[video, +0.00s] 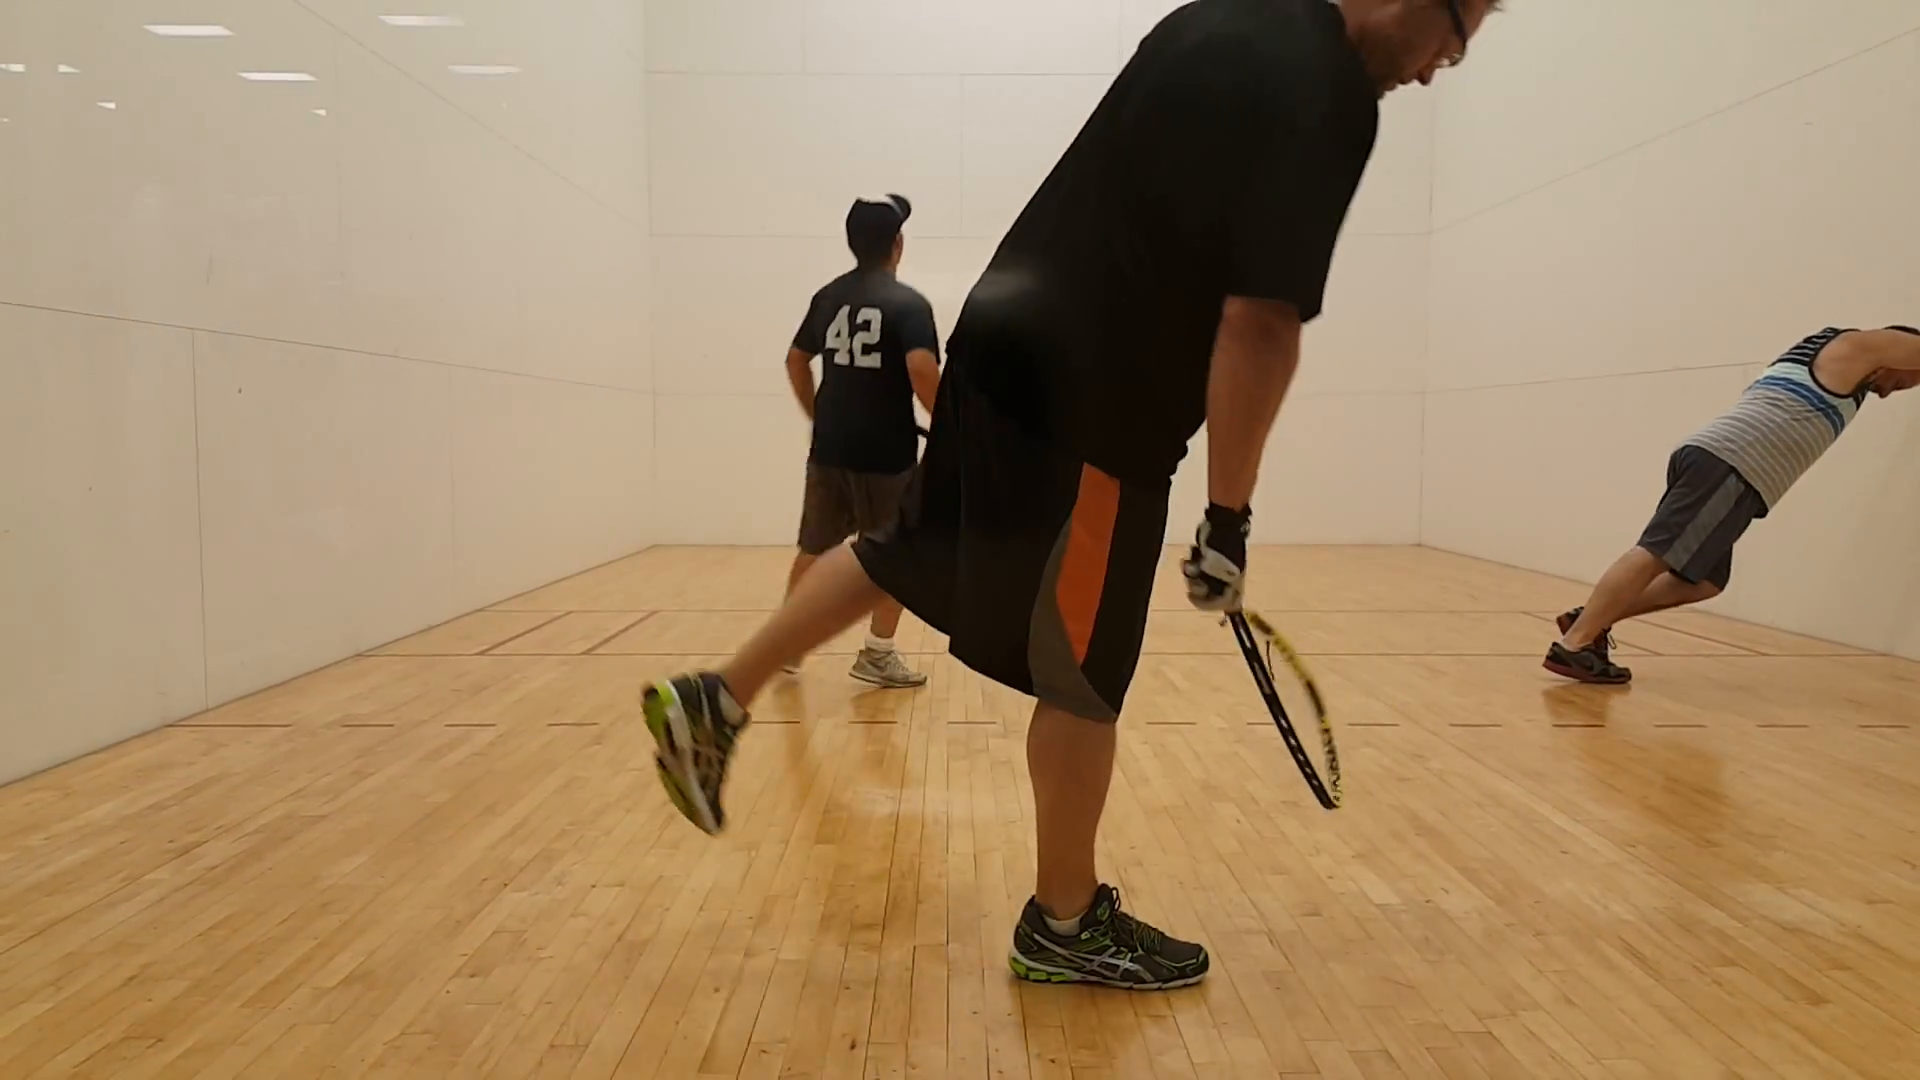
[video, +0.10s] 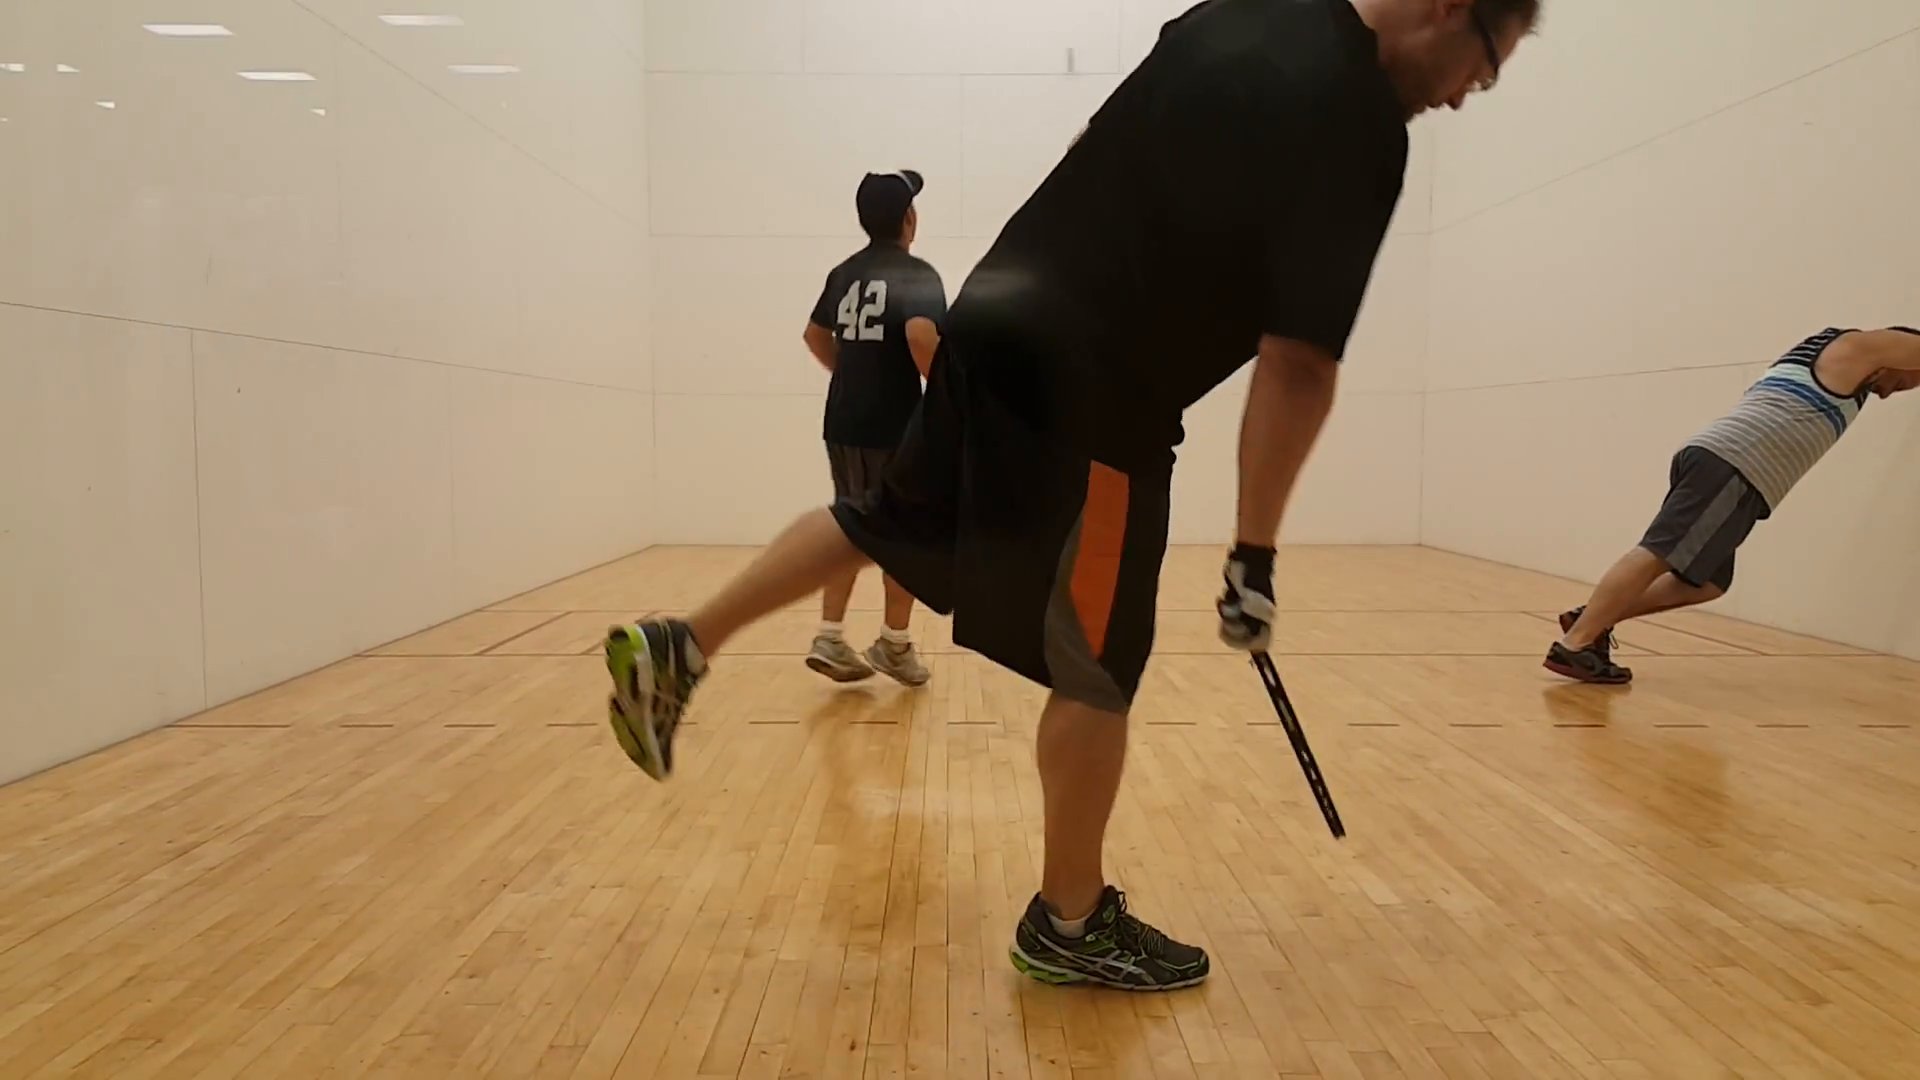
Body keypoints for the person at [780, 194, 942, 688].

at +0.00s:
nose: (905, 241)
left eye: (903, 234)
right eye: (903, 235)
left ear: (853, 244)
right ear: (895, 243)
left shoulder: (829, 296)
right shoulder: (909, 304)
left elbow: (797, 360)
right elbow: (922, 372)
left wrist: (816, 414)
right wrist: (948, 420)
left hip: (830, 445)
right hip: (887, 452)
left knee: (814, 548)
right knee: (894, 551)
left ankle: (788, 644)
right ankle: (878, 652)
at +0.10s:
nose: (918, 212)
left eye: (915, 205)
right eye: (915, 206)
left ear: (867, 220)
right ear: (906, 217)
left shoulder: (846, 272)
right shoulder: (918, 275)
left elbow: (817, 336)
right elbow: (920, 335)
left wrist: (850, 374)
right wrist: (946, 390)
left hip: (843, 421)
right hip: (896, 424)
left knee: (848, 525)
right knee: (905, 528)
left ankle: (830, 635)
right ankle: (896, 640)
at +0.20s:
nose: (930, 215)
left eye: (926, 206)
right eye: (926, 208)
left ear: (882, 221)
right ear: (919, 219)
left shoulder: (865, 272)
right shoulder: (927, 278)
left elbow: (837, 336)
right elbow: (920, 341)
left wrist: (881, 364)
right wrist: (961, 376)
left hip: (863, 433)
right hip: (914, 436)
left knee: (875, 538)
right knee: (933, 537)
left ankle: (845, 653)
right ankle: (920, 653)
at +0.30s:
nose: (947, 230)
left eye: (942, 221)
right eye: (943, 223)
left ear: (896, 234)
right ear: (937, 230)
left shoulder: (887, 290)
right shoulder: (934, 299)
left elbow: (869, 361)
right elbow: (944, 378)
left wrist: (923, 382)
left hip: (885, 449)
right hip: (930, 454)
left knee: (879, 556)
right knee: (952, 559)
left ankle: (840, 665)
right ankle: (953, 677)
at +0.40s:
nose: (969, 224)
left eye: (964, 216)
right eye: (965, 217)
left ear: (916, 231)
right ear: (956, 225)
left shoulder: (920, 286)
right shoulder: (943, 295)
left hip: (927, 457)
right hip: (953, 461)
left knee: (915, 559)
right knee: (965, 567)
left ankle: (852, 654)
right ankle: (963, 684)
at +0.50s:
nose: (994, 217)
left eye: (989, 209)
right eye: (991, 210)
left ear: (939, 223)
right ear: (982, 217)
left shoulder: (945, 279)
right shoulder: (975, 282)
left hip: (948, 450)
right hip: (971, 453)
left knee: (962, 559)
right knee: (974, 562)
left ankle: (892, 631)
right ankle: (966, 684)